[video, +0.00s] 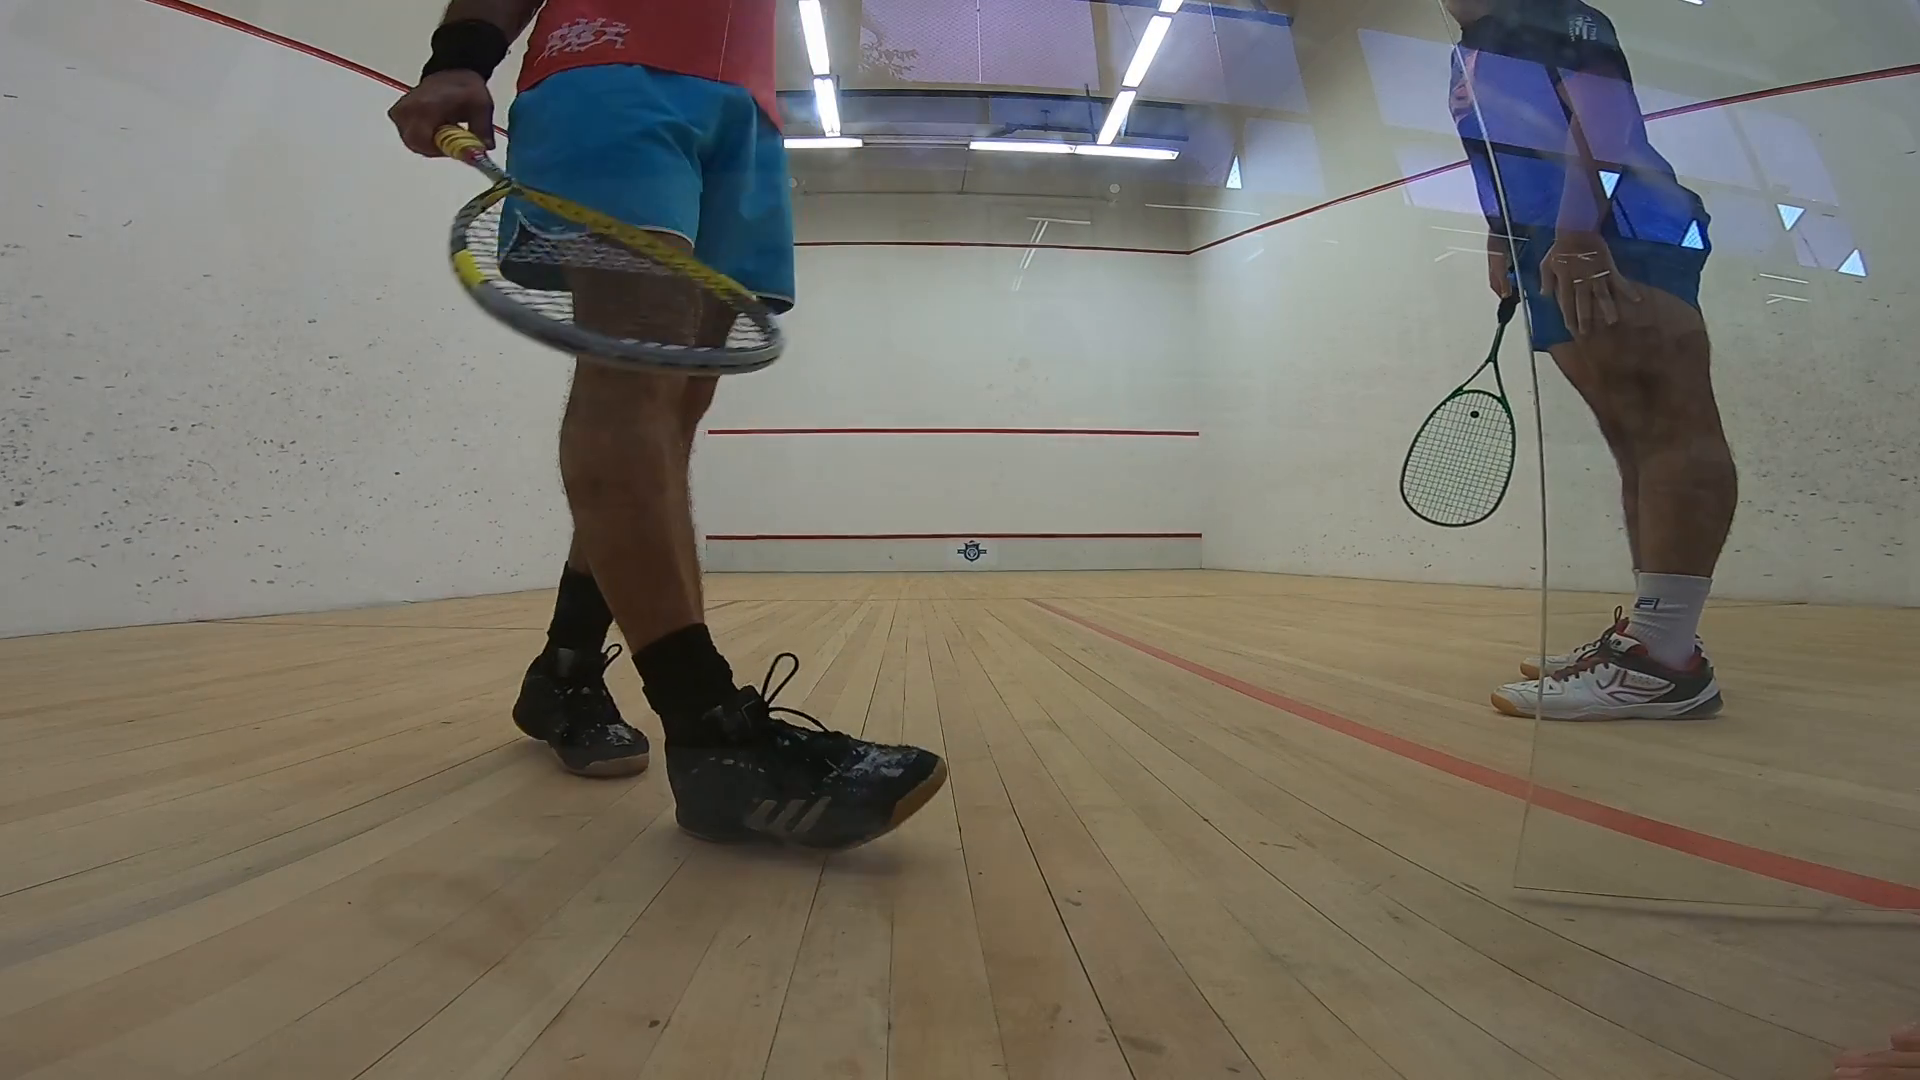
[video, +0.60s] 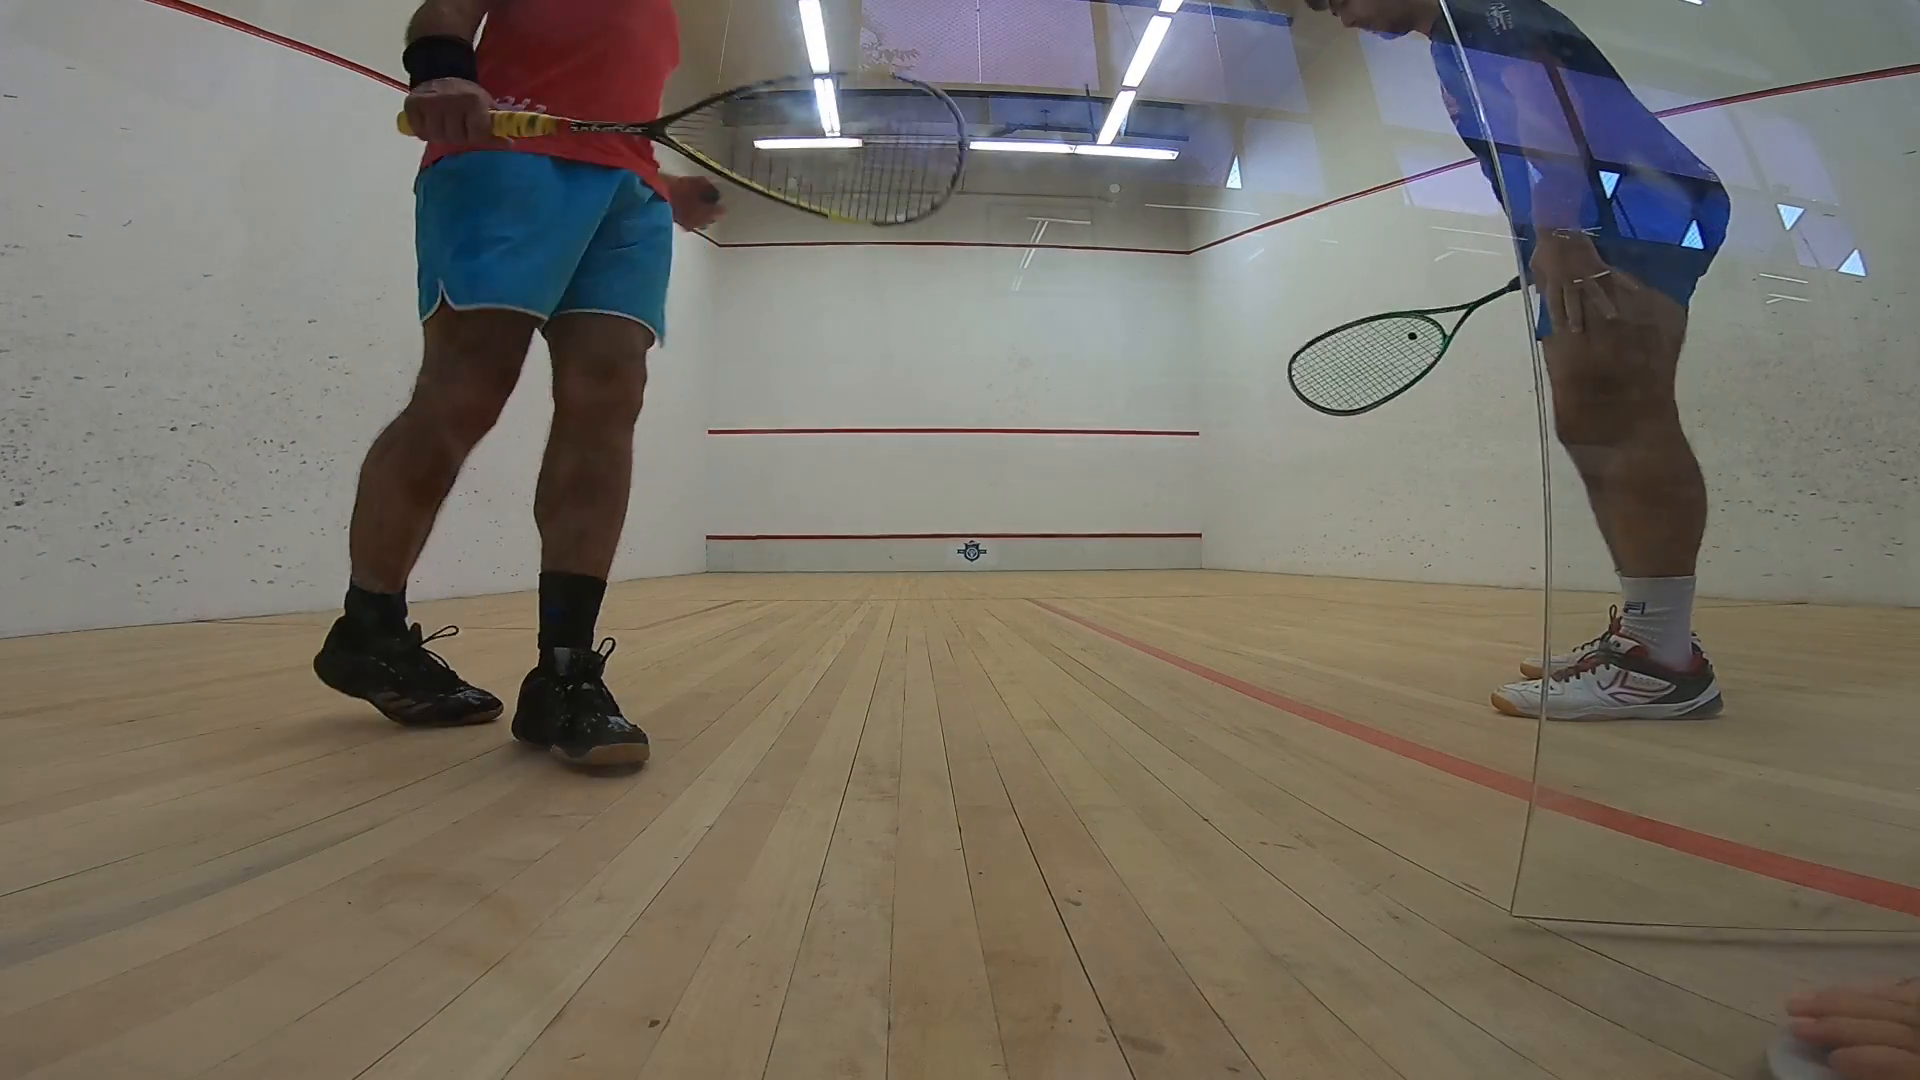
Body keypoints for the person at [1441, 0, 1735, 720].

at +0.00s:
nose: (1446, 3)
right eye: (1444, 6)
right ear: (1461, 8)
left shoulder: (1551, 15)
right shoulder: (1469, 57)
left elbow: (1605, 114)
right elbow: (1503, 155)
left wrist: (1579, 228)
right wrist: (1502, 241)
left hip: (1620, 233)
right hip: (1560, 253)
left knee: (1673, 430)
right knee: (1633, 441)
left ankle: (1667, 656)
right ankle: (1657, 642)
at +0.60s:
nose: (1348, 22)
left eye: (1340, 4)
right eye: (1336, 14)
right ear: (1364, 6)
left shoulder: (1487, 19)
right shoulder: (1459, 37)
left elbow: (1553, 122)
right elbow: (1528, 141)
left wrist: (1561, 229)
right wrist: (1543, 241)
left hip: (1637, 209)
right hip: (1596, 220)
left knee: (1625, 418)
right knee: (1593, 424)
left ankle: (1668, 658)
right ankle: (1648, 642)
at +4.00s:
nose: (1419, 161)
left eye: (1416, 153)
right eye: (1415, 157)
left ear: (1429, 137)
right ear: (1463, 125)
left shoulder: (1445, 150)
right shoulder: (1535, 165)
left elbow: (1481, 148)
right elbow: (1615, 206)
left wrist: (1442, 214)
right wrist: (1579, 267)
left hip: (1521, 288)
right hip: (1598, 290)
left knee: (1513, 426)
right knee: (1579, 424)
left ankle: (1537, 571)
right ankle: (1620, 562)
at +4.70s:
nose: (1437, 152)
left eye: (1437, 142)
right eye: (1436, 144)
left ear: (1453, 134)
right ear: (1489, 138)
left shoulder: (1451, 157)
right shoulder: (1543, 177)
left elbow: (1481, 181)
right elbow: (1610, 238)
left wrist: (1453, 250)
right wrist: (1581, 292)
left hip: (1522, 315)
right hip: (1596, 311)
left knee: (1521, 445)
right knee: (1580, 440)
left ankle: (1561, 583)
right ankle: (1637, 566)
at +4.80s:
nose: (1434, 146)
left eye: (1437, 137)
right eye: (1435, 138)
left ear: (1457, 134)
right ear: (1489, 141)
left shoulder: (1451, 159)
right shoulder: (1544, 176)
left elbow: (1478, 194)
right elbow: (1608, 237)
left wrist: (1453, 262)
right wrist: (1585, 297)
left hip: (1517, 307)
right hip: (1593, 309)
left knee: (1506, 439)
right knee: (1574, 439)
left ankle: (1544, 576)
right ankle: (1605, 574)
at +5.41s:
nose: (1451, 170)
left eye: (1454, 160)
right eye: (1451, 161)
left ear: (1476, 155)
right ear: (1508, 161)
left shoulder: (1471, 191)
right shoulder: (1558, 206)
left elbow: (1489, 244)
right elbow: (1613, 278)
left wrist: (1448, 322)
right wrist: (1571, 334)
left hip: (1514, 350)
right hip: (1586, 355)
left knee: (1485, 476)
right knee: (1547, 477)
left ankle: (1531, 609)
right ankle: (1601, 605)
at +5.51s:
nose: (1448, 154)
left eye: (1451, 144)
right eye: (1449, 145)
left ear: (1472, 141)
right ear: (1508, 147)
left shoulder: (1467, 174)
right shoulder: (1561, 191)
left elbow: (1492, 219)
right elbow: (1611, 257)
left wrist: (1464, 303)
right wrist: (1574, 317)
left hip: (1517, 330)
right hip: (1590, 336)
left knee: (1499, 458)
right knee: (1566, 457)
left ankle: (1524, 596)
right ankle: (1601, 594)